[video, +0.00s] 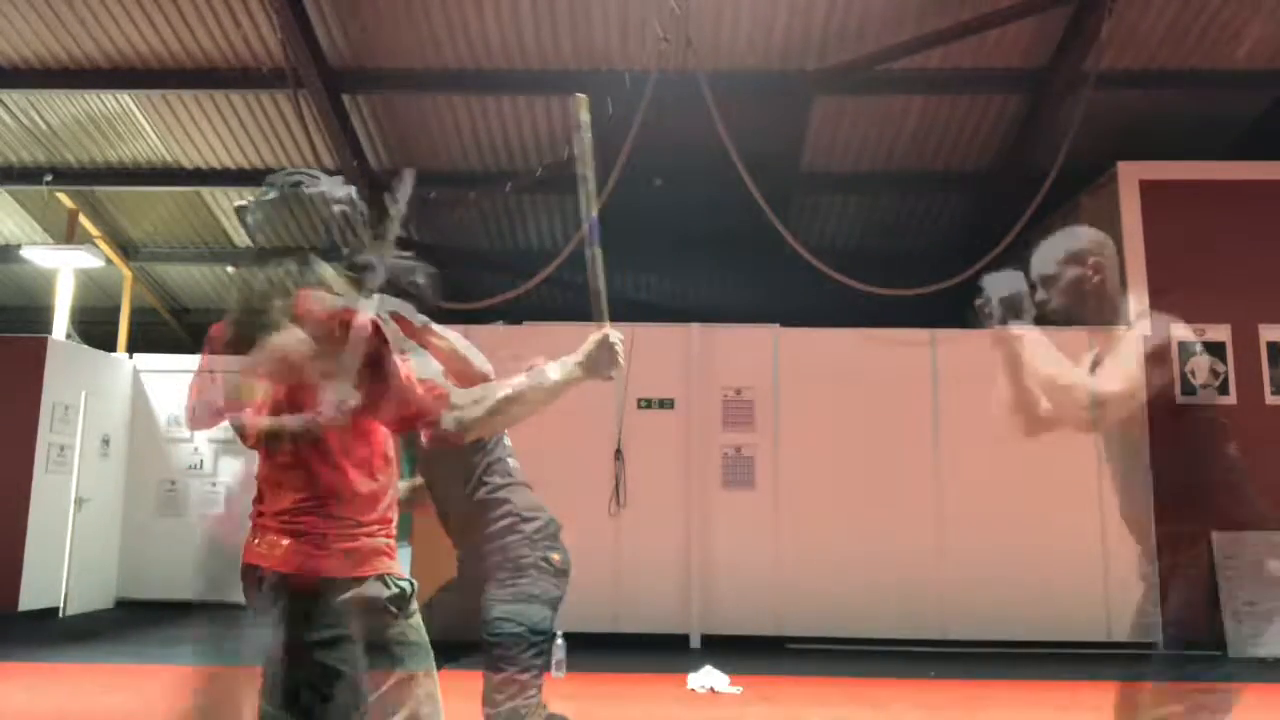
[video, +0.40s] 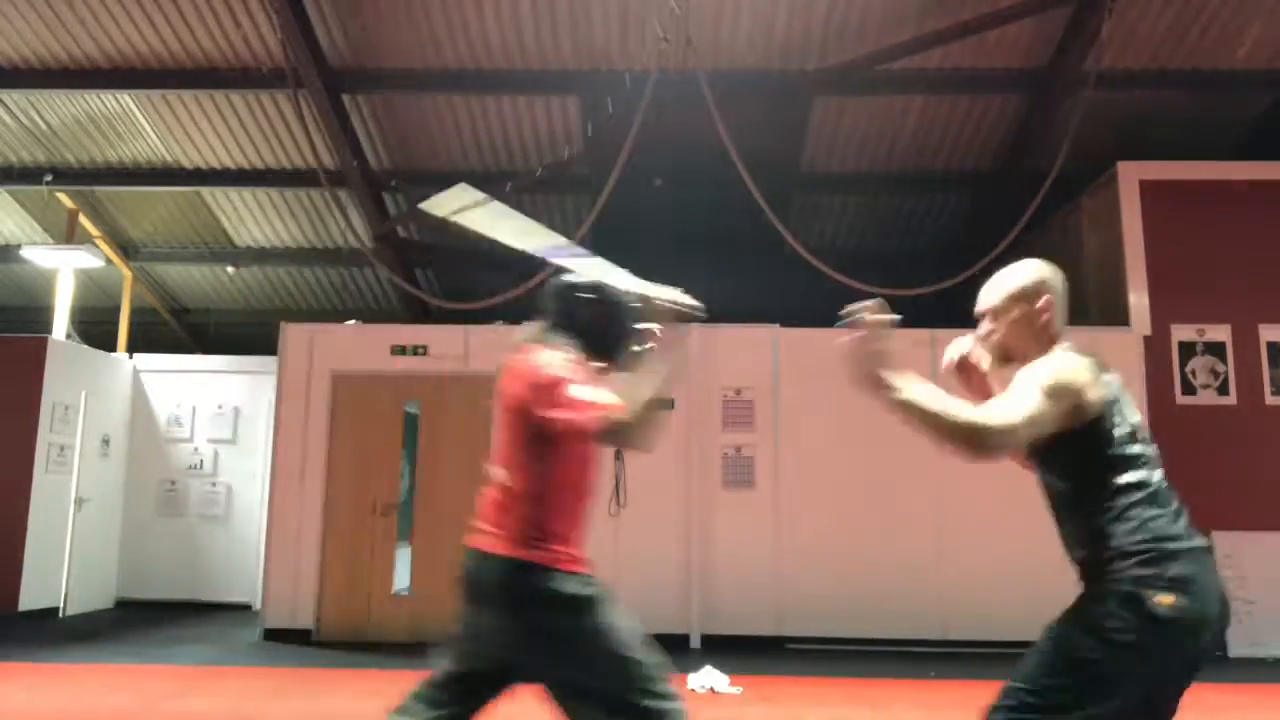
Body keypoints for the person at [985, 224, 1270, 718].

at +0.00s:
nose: (1037, 300)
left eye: (1044, 284)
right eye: (1035, 289)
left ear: (1093, 271)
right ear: (1091, 274)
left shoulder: (1160, 338)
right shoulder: (1104, 352)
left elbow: (1091, 404)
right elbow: (1034, 415)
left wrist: (1020, 328)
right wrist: (1005, 334)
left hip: (1221, 552)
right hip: (1169, 554)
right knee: (1144, 692)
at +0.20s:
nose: (1025, 302)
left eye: (1034, 286)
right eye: (1024, 291)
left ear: (1081, 278)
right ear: (1077, 282)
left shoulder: (1141, 345)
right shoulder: (1088, 359)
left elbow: (1074, 421)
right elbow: (1023, 427)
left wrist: (1003, 341)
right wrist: (992, 347)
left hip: (1196, 567)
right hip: (1154, 567)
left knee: (1133, 710)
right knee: (1132, 708)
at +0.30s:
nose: (1011, 308)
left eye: (1021, 292)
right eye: (1010, 296)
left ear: (1068, 284)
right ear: (1066, 289)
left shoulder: (1113, 352)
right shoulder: (1087, 359)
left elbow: (1061, 432)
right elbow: (1018, 437)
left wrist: (976, 360)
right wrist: (986, 358)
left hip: (1171, 579)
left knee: (1072, 710)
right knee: (1143, 713)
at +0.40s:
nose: (980, 335)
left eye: (990, 318)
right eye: (978, 321)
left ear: (1041, 310)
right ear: (1043, 314)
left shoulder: (1063, 373)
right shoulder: (1081, 371)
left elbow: (986, 434)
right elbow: (1042, 448)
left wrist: (886, 377)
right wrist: (991, 395)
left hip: (1142, 595)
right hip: (1186, 591)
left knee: (1019, 709)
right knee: (1128, 712)